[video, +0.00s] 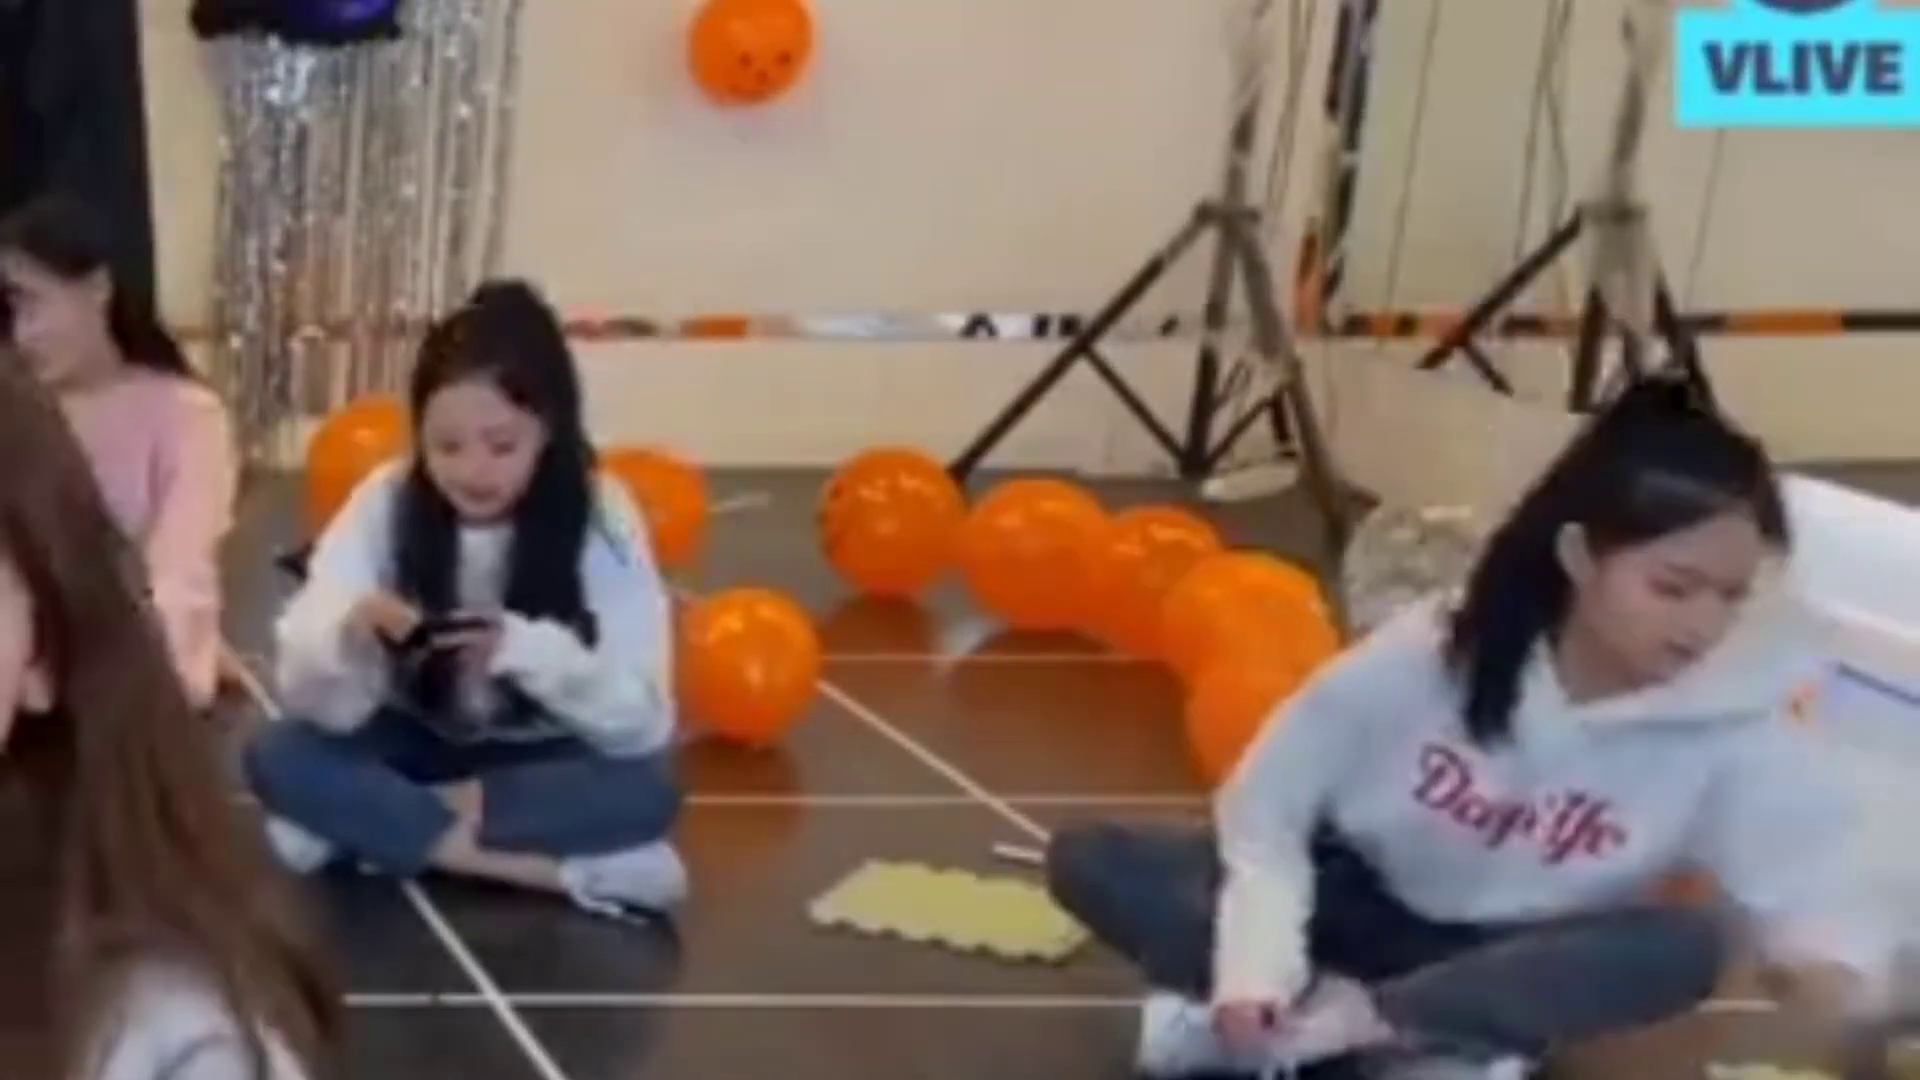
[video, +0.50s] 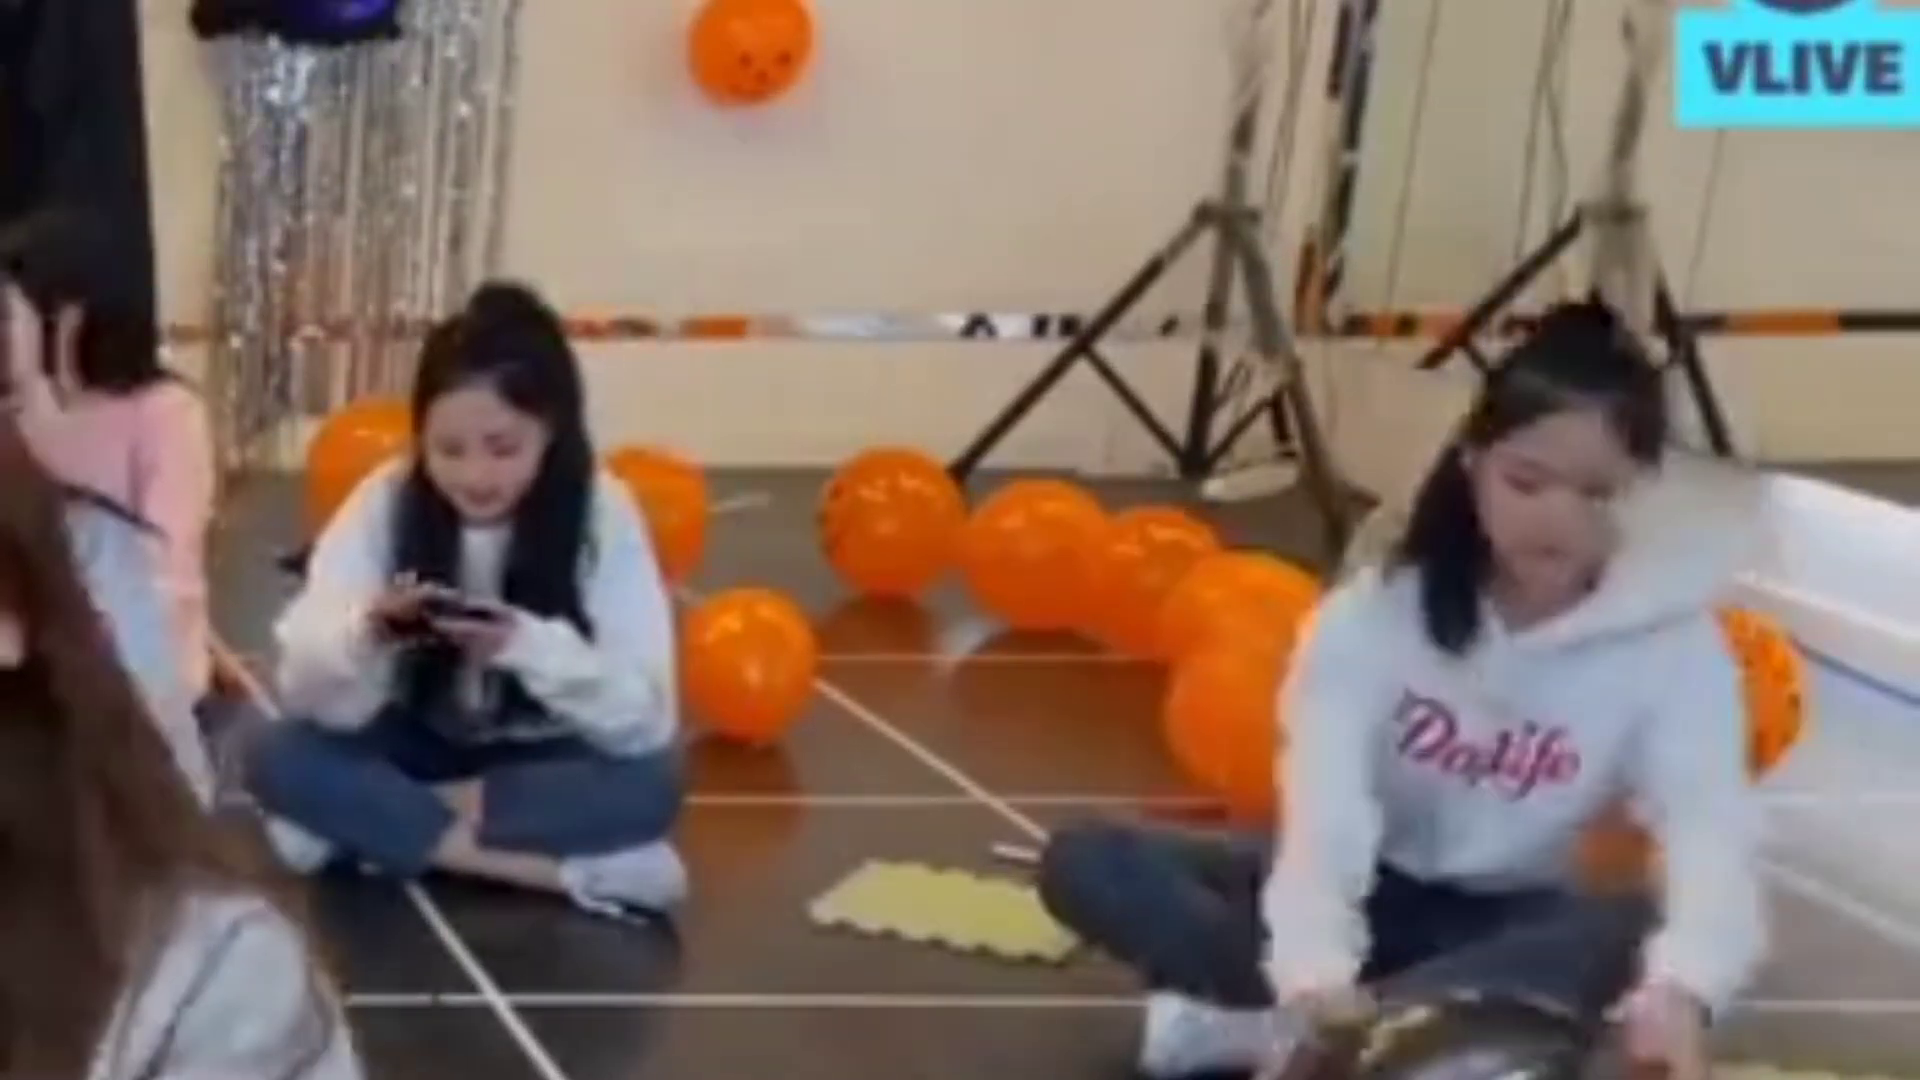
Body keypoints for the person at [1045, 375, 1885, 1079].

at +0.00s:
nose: (1701, 629)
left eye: (1729, 601)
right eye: (1675, 589)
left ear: (1753, 596)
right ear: (1578, 554)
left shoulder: (1725, 748)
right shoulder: (1417, 666)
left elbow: (1803, 896)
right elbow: (1263, 809)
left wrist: (1831, 972)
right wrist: (1256, 981)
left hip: (1502, 948)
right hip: (1344, 894)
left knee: (1692, 947)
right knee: (1092, 857)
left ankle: (1329, 1024)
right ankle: (1406, 1041)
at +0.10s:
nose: (1710, 647)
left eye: (1742, 619)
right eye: (1685, 608)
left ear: (1770, 607)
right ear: (1593, 568)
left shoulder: (1750, 750)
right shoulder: (1450, 663)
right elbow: (1269, 799)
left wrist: (1771, 928)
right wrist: (1269, 971)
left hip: (1508, 951)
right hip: (1354, 890)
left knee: (1674, 948)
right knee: (1098, 852)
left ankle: (1323, 1028)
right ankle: (1401, 1046)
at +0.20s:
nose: (1702, 634)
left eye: (1734, 604)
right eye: (1675, 597)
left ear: (1767, 586)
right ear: (1592, 555)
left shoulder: (1773, 725)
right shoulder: (1448, 659)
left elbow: (1775, 935)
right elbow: (1270, 802)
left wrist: (1849, 905)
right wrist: (1287, 968)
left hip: (1530, 949)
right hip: (1367, 896)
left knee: (1659, 951)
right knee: (1099, 855)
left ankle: (1277, 1044)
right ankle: (1395, 1046)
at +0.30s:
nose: (1678, 605)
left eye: (1709, 574)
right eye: (1647, 566)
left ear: (1744, 554)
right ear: (1570, 528)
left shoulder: (1746, 701)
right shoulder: (1436, 642)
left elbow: (1789, 882)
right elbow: (1270, 810)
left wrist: (1819, 973)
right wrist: (1319, 982)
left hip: (1520, 935)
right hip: (1358, 896)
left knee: (1667, 954)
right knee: (1089, 856)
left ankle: (1266, 1046)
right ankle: (1439, 1047)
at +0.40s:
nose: (1632, 574)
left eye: (1667, 541)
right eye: (1600, 534)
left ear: (1704, 529)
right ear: (1533, 503)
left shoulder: (1715, 679)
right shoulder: (1399, 631)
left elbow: (1777, 884)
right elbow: (1282, 834)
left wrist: (1732, 1003)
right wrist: (1334, 992)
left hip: (1511, 927)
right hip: (1352, 899)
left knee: (1665, 951)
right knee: (1086, 860)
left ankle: (1286, 1043)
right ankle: (1407, 1038)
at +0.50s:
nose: (1557, 522)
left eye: (1594, 493)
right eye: (1525, 484)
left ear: (1636, 492)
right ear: (1472, 469)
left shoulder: (1671, 651)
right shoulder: (1363, 625)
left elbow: (1713, 851)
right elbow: (1323, 834)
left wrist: (1681, 993)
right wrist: (1319, 991)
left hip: (1506, 916)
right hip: (1346, 886)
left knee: (1614, 941)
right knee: (1084, 858)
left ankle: (1285, 1046)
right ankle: (1370, 1043)